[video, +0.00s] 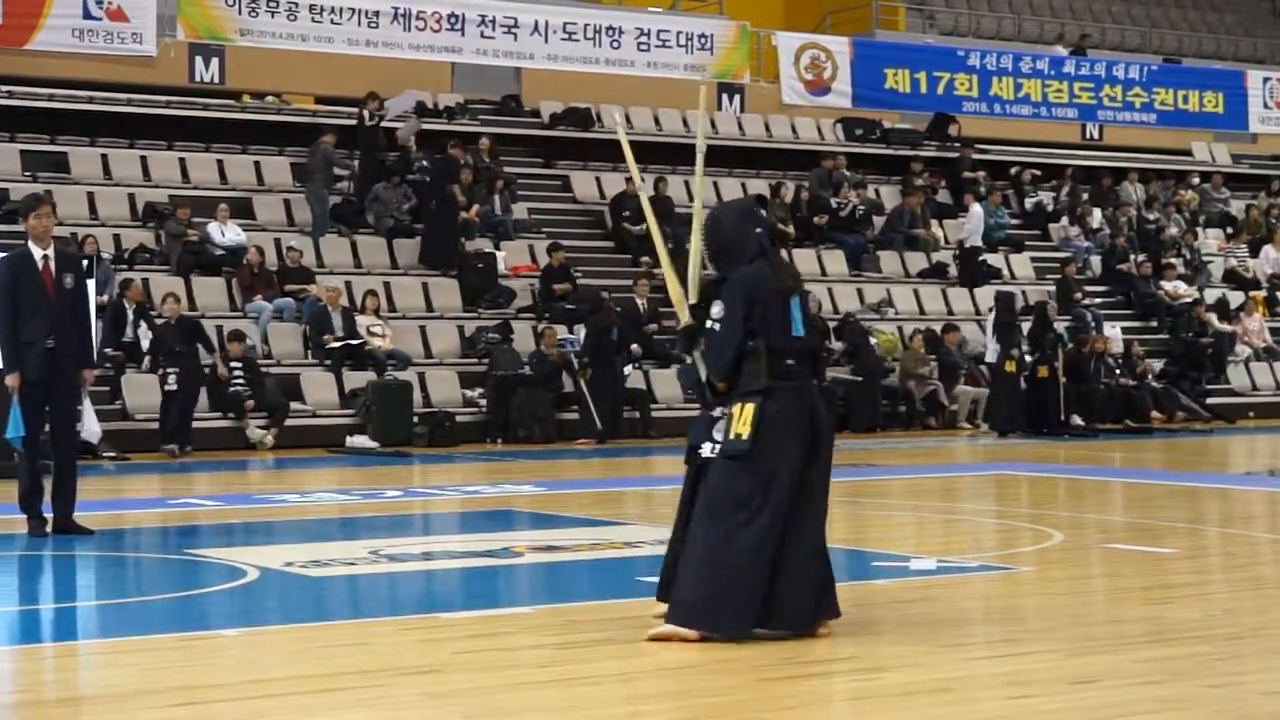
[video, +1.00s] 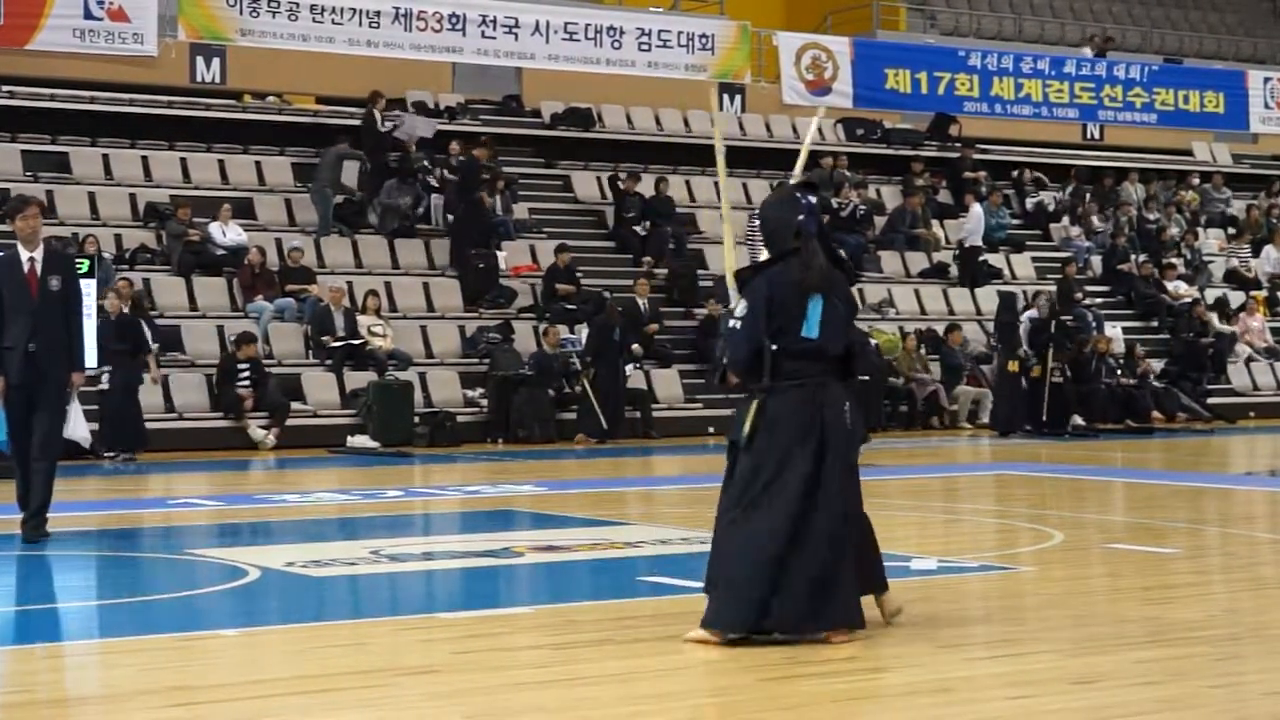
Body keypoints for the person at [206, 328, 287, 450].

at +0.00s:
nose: (240, 348)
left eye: (241, 344)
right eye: (236, 344)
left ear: (243, 345)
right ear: (228, 345)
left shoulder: (250, 361)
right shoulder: (220, 363)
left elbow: (258, 382)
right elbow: (215, 388)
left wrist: (254, 399)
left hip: (250, 397)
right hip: (229, 398)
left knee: (282, 404)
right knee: (236, 399)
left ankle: (270, 436)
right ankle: (249, 429)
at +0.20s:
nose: (249, 348)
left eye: (249, 345)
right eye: (246, 345)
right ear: (235, 346)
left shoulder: (251, 362)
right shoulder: (220, 362)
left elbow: (259, 383)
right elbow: (219, 387)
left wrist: (255, 399)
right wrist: (241, 400)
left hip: (252, 396)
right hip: (232, 397)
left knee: (282, 404)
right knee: (235, 396)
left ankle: (270, 436)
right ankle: (250, 428)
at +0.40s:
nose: (252, 348)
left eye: (251, 345)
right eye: (249, 345)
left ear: (242, 346)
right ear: (239, 346)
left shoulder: (251, 362)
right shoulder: (221, 363)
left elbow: (259, 383)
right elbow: (218, 388)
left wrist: (255, 399)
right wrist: (241, 400)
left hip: (253, 397)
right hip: (232, 400)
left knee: (283, 403)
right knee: (235, 395)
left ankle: (271, 436)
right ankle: (250, 428)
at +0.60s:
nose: (253, 348)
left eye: (253, 345)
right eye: (250, 345)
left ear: (243, 346)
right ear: (240, 346)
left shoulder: (252, 362)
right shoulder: (222, 362)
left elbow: (260, 383)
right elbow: (219, 387)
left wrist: (255, 399)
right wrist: (241, 400)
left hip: (253, 397)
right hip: (232, 398)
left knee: (283, 403)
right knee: (235, 397)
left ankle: (271, 436)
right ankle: (250, 428)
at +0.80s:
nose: (255, 349)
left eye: (255, 345)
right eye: (252, 346)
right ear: (242, 346)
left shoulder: (254, 362)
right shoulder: (224, 362)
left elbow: (261, 384)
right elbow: (221, 387)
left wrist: (254, 399)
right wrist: (239, 396)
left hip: (253, 396)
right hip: (234, 396)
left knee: (283, 404)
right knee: (234, 399)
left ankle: (271, 435)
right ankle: (250, 428)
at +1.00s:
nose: (256, 349)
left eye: (256, 346)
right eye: (254, 346)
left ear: (248, 347)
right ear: (244, 347)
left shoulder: (256, 362)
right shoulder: (226, 361)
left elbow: (262, 383)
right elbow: (222, 386)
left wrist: (254, 398)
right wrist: (239, 394)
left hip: (255, 395)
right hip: (236, 395)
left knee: (283, 404)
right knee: (230, 400)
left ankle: (272, 435)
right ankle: (250, 428)